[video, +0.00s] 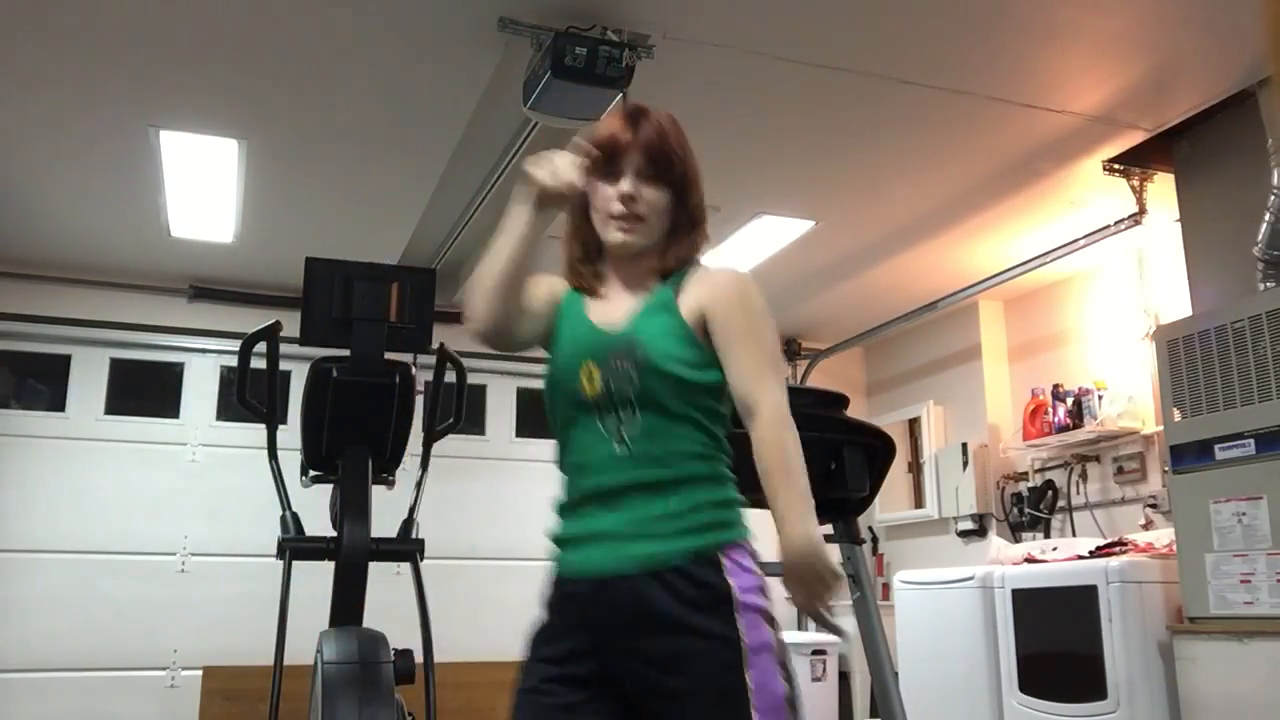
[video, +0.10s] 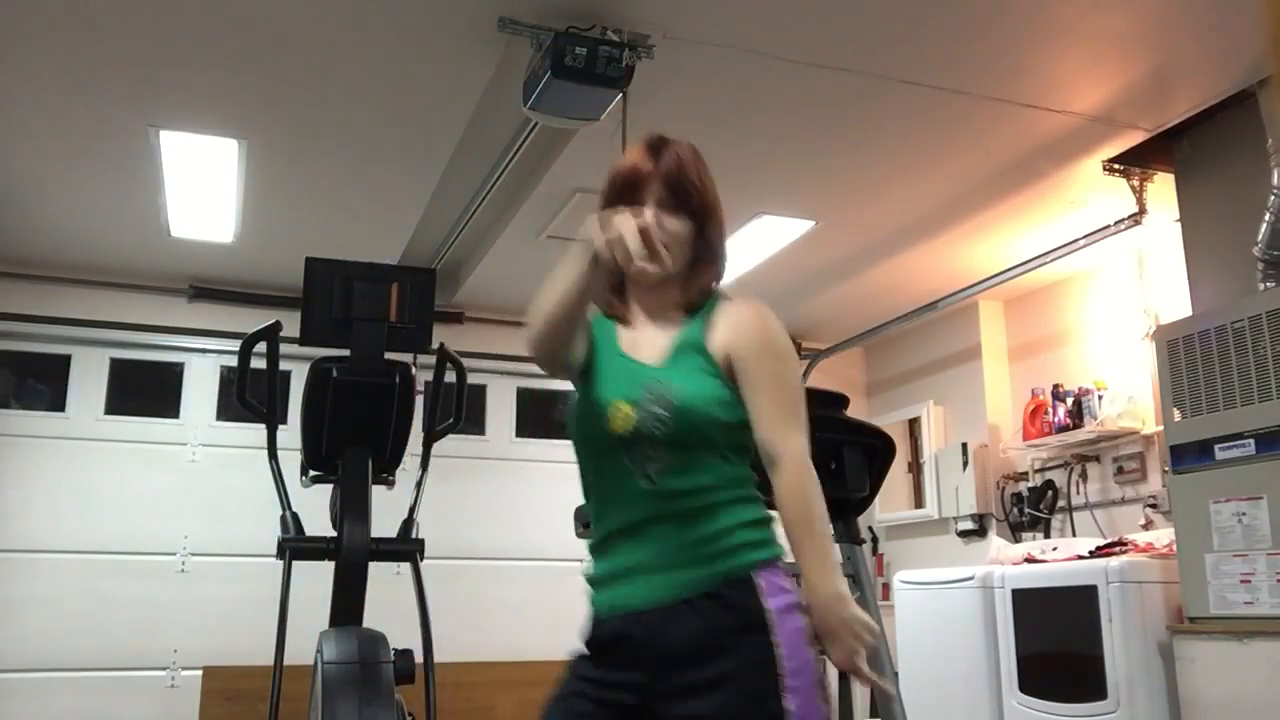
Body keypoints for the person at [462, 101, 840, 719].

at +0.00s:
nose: (626, 192)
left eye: (650, 177)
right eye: (610, 173)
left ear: (679, 199)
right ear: (584, 190)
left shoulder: (716, 292)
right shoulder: (556, 299)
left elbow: (768, 412)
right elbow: (487, 322)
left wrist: (799, 542)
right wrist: (530, 206)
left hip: (698, 591)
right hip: (582, 595)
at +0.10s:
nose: (651, 223)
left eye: (673, 207)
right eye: (634, 204)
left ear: (703, 226)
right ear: (611, 221)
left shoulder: (740, 323)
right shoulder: (593, 333)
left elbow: (789, 461)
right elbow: (545, 342)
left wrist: (827, 597)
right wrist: (588, 246)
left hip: (741, 617)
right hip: (624, 629)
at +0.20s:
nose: (668, 231)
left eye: (691, 217)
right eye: (650, 215)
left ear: (718, 236)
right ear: (627, 231)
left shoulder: (766, 337)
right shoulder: (592, 324)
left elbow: (808, 475)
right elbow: (575, 366)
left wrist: (854, 617)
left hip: (766, 621)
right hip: (640, 636)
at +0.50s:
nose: (697, 221)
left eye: (720, 204)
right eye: (676, 204)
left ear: (750, 221)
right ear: (654, 221)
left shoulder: (798, 334)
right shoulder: (615, 315)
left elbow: (849, 470)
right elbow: (600, 362)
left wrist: (928, 599)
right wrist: (629, 361)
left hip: (786, 614)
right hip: (655, 623)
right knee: (597, 711)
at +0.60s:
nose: (710, 229)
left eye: (732, 212)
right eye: (690, 212)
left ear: (762, 233)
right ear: (668, 229)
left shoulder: (796, 357)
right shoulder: (620, 313)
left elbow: (841, 484)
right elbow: (586, 368)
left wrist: (967, 561)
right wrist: (614, 372)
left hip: (777, 630)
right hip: (646, 641)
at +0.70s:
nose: (706, 194)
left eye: (729, 179)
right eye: (686, 177)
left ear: (757, 202)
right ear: (662, 194)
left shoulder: (782, 324)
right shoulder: (618, 280)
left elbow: (834, 432)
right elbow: (559, 382)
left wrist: (942, 433)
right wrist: (557, 322)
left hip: (756, 595)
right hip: (630, 598)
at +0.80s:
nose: (690, 171)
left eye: (712, 155)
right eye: (670, 152)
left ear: (738, 176)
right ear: (642, 168)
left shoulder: (762, 294)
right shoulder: (596, 251)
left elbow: (828, 383)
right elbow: (537, 366)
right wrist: (502, 260)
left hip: (728, 570)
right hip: (610, 563)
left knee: (770, 712)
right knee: (588, 714)